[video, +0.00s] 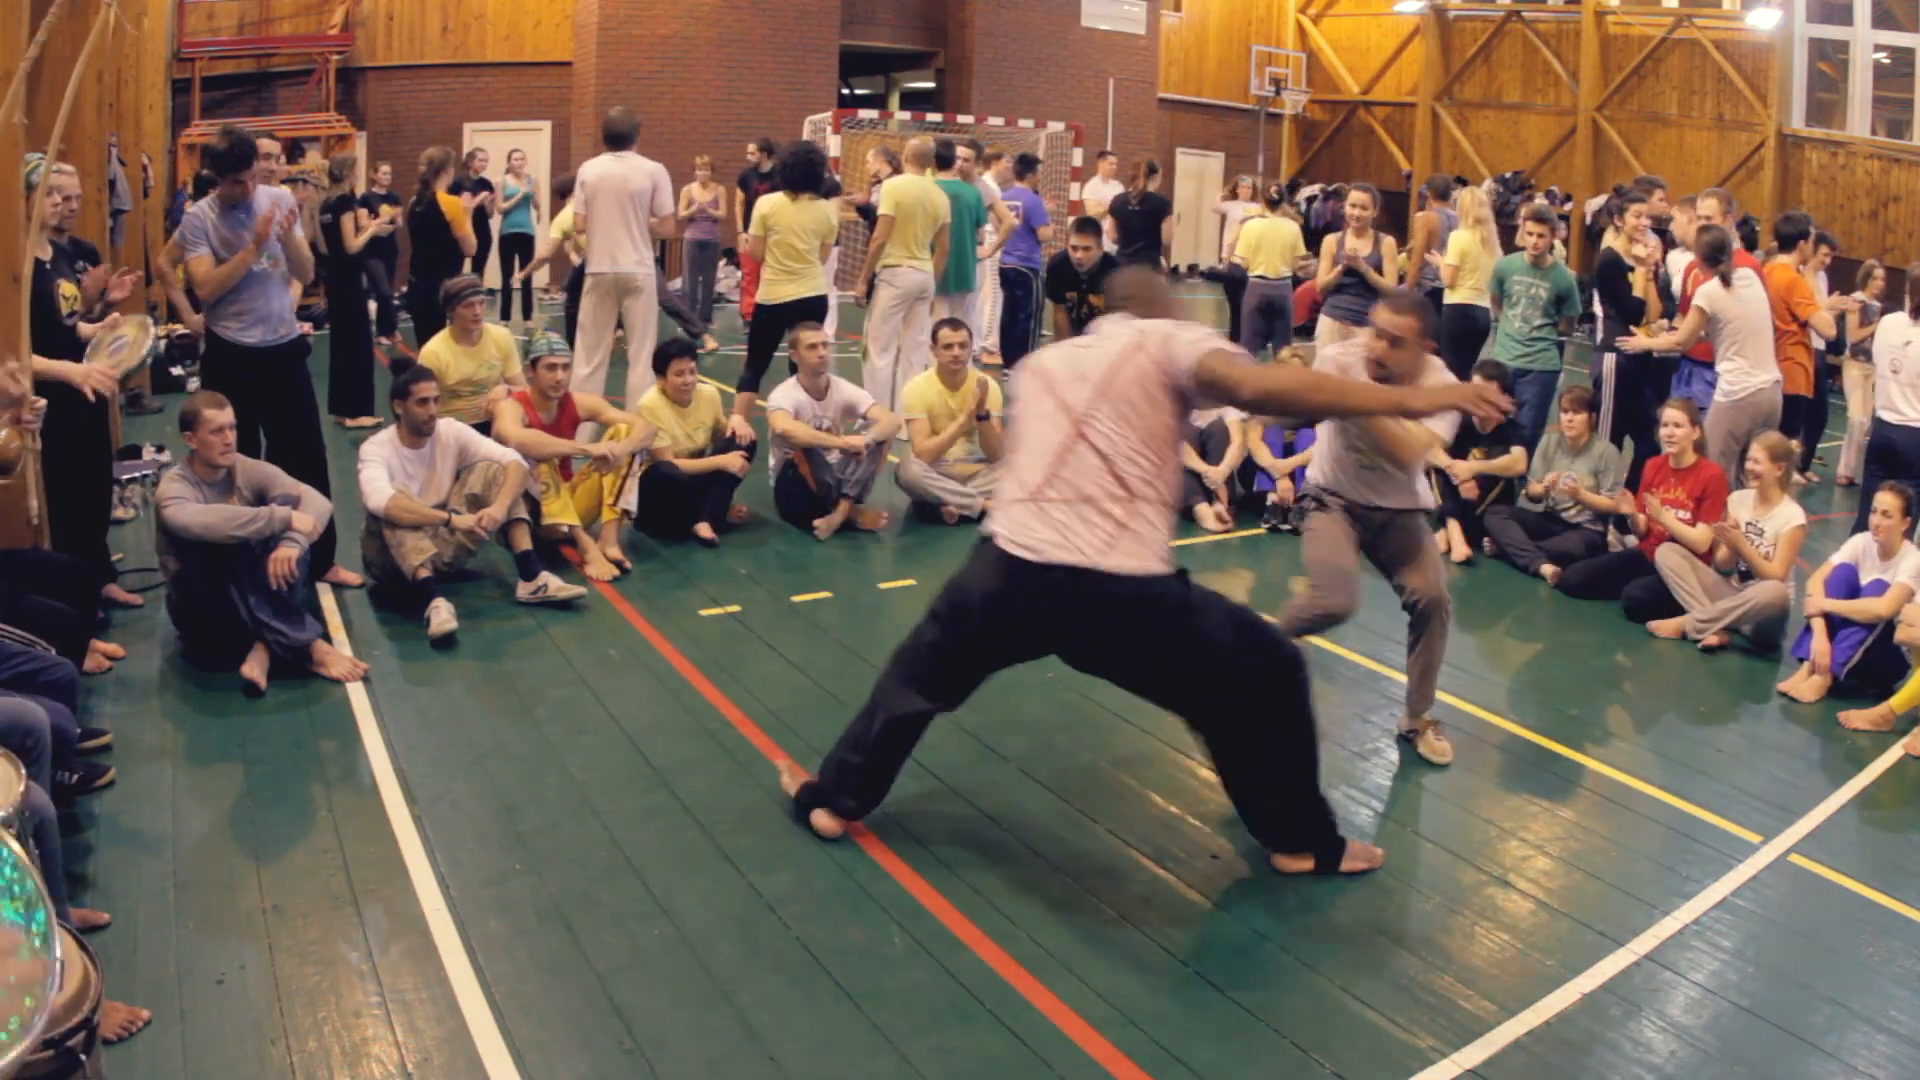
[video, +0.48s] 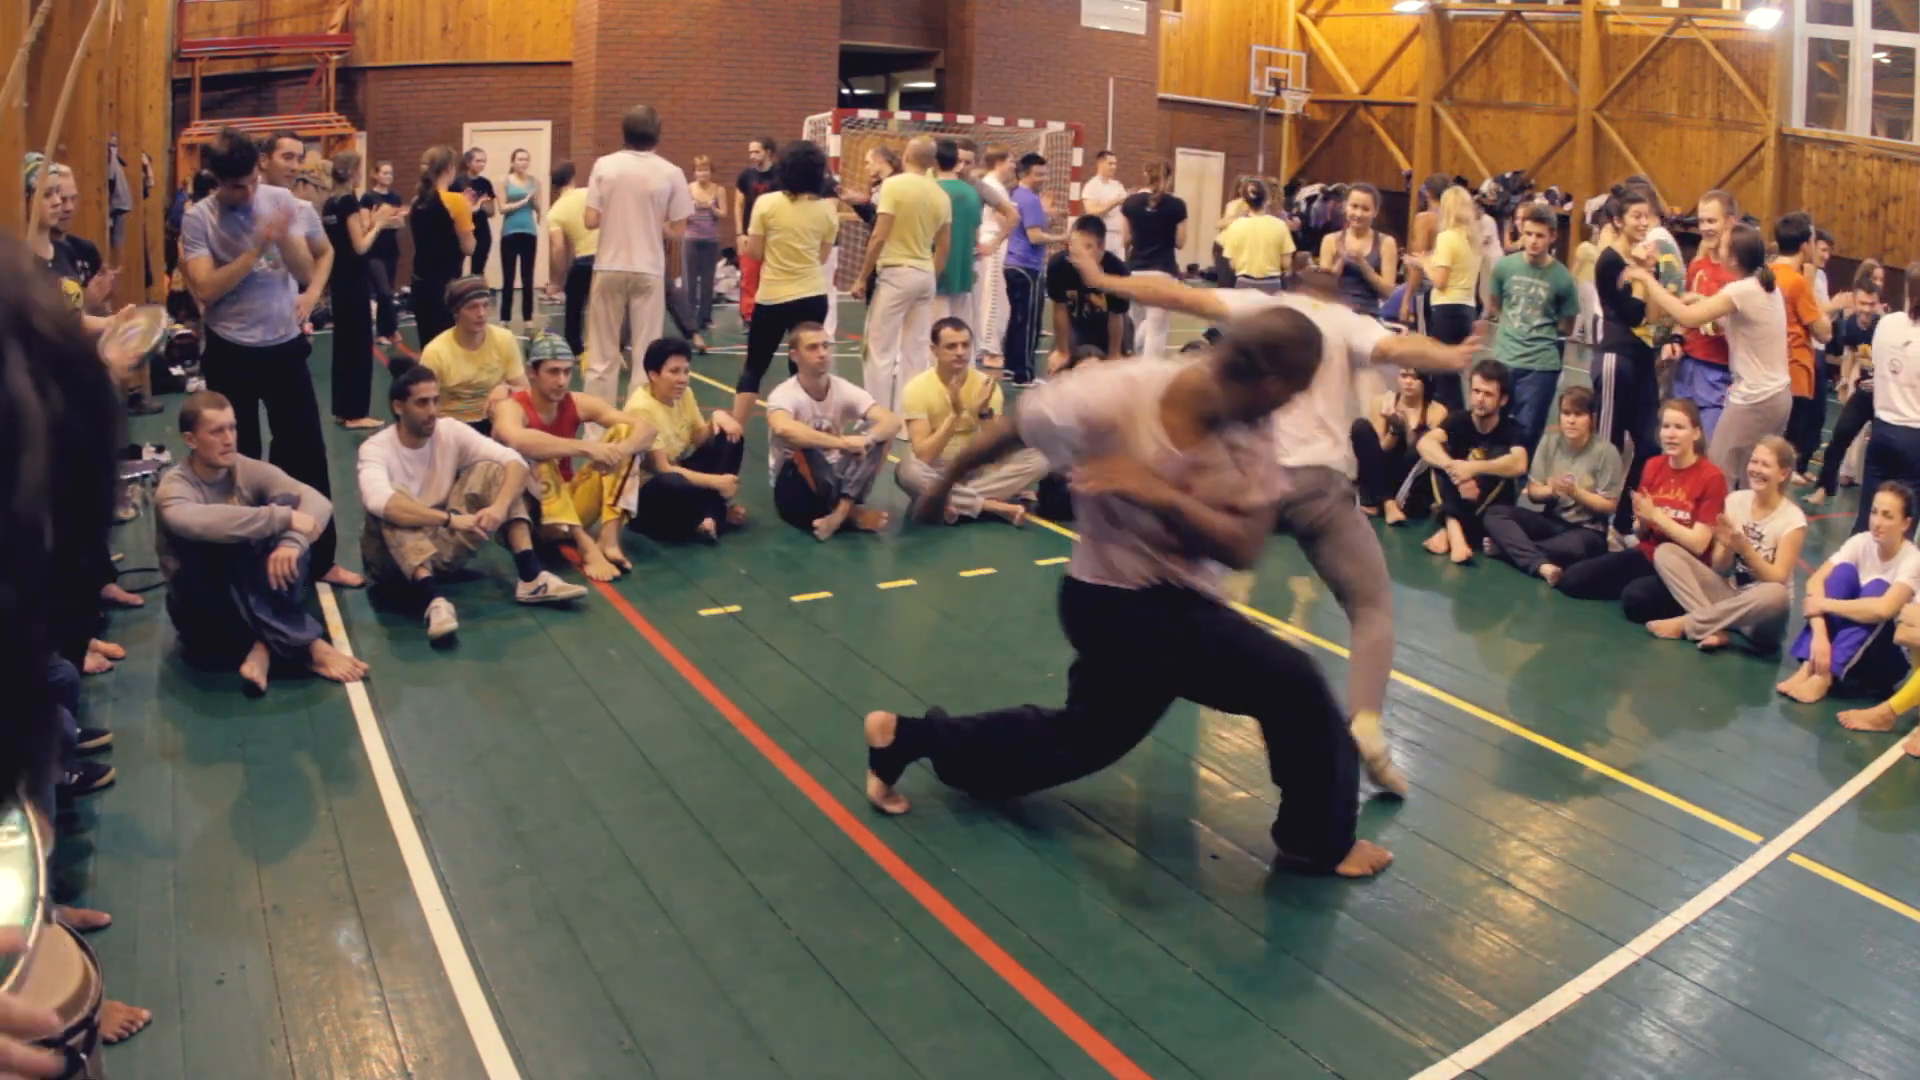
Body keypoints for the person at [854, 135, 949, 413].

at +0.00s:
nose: (900, 156)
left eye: (903, 153)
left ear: (905, 157)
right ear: (931, 161)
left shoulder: (893, 187)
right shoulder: (940, 196)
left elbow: (880, 237)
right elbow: (943, 246)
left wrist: (864, 278)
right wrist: (931, 279)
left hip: (895, 268)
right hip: (925, 269)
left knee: (880, 347)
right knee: (916, 349)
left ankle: (879, 421)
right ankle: (911, 420)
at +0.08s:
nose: (901, 155)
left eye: (903, 152)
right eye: (904, 151)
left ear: (906, 156)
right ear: (931, 161)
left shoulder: (893, 187)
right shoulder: (940, 196)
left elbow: (880, 237)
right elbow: (943, 246)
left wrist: (864, 278)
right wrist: (932, 280)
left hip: (895, 269)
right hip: (925, 270)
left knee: (880, 347)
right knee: (916, 349)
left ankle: (879, 420)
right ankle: (912, 420)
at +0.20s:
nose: (902, 154)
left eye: (904, 151)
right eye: (905, 150)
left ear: (906, 156)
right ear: (932, 161)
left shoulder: (893, 186)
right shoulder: (941, 196)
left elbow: (880, 236)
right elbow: (944, 246)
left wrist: (864, 278)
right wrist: (932, 280)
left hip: (895, 270)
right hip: (925, 271)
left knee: (879, 346)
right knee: (916, 349)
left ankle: (879, 420)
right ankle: (914, 418)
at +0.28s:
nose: (902, 155)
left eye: (904, 151)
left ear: (906, 156)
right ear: (932, 162)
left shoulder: (893, 186)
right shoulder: (941, 196)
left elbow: (880, 236)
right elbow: (944, 247)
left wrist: (863, 278)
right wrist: (931, 281)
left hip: (895, 270)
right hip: (925, 271)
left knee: (880, 346)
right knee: (916, 350)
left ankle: (879, 420)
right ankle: (913, 420)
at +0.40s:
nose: (902, 154)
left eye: (904, 151)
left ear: (906, 156)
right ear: (932, 161)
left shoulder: (893, 185)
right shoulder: (941, 195)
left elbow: (879, 236)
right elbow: (943, 246)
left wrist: (862, 277)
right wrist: (931, 278)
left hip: (895, 269)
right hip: (925, 270)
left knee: (880, 347)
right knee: (916, 349)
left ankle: (880, 420)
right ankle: (914, 419)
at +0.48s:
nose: (901, 154)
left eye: (904, 151)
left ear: (906, 156)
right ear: (932, 161)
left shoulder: (893, 185)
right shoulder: (941, 196)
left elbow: (879, 236)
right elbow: (943, 246)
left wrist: (863, 277)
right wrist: (931, 277)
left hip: (895, 268)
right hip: (925, 270)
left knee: (881, 346)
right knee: (916, 348)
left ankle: (880, 420)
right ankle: (914, 418)